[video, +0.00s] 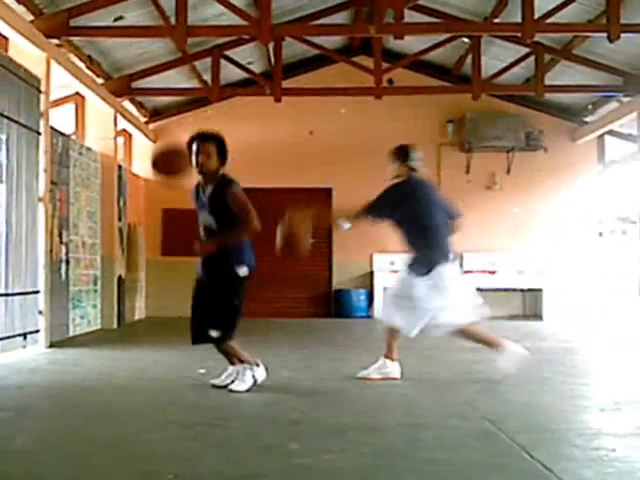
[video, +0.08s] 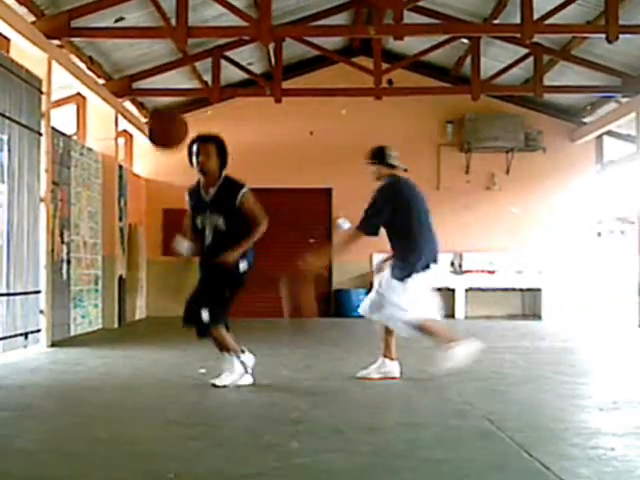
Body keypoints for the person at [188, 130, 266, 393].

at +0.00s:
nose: (201, 161)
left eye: (208, 156)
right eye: (198, 155)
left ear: (221, 159)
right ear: (194, 159)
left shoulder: (229, 189)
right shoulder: (199, 190)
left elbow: (253, 224)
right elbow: (209, 224)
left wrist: (217, 241)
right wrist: (203, 244)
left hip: (234, 263)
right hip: (212, 262)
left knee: (215, 327)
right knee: (206, 324)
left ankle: (250, 366)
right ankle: (236, 364)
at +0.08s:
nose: (202, 162)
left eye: (207, 156)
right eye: (198, 156)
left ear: (221, 159)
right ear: (194, 161)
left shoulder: (236, 191)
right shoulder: (194, 194)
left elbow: (262, 222)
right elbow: (193, 238)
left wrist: (237, 251)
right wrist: (186, 245)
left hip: (232, 262)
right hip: (209, 262)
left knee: (205, 311)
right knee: (207, 315)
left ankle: (236, 362)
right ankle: (240, 357)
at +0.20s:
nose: (202, 146)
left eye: (207, 139)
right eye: (198, 140)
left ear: (221, 143)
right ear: (194, 145)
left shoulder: (238, 173)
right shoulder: (191, 177)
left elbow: (270, 196)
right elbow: (177, 206)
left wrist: (255, 230)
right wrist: (167, 215)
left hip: (232, 244)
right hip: (207, 246)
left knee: (205, 298)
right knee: (218, 301)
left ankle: (227, 350)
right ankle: (236, 357)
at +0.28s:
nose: (201, 136)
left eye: (207, 131)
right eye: (197, 131)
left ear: (221, 134)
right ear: (194, 135)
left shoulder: (238, 160)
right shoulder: (186, 164)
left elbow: (270, 175)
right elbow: (159, 185)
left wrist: (262, 213)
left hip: (231, 237)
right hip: (203, 239)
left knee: (214, 296)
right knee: (211, 298)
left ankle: (218, 353)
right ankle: (229, 352)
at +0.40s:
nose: (202, 142)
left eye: (208, 136)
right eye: (198, 137)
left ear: (221, 139)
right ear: (194, 141)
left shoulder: (237, 163)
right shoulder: (186, 166)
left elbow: (270, 174)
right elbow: (150, 172)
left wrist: (267, 208)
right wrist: (136, 158)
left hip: (230, 245)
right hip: (200, 247)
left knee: (223, 304)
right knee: (205, 308)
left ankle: (216, 361)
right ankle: (223, 356)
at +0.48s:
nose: (204, 153)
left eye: (210, 148)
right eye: (200, 148)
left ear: (223, 151)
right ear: (194, 151)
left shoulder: (236, 178)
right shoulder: (186, 177)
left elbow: (268, 191)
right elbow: (177, 211)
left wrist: (270, 220)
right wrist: (175, 241)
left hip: (227, 257)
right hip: (197, 257)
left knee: (221, 310)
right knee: (202, 313)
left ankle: (215, 361)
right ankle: (221, 355)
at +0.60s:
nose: (209, 157)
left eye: (214, 152)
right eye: (205, 152)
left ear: (223, 154)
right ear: (198, 154)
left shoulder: (235, 186)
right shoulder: (183, 182)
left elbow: (249, 219)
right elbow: (167, 211)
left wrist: (263, 241)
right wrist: (172, 240)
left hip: (225, 262)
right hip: (194, 261)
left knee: (218, 316)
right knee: (193, 317)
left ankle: (215, 363)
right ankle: (208, 351)